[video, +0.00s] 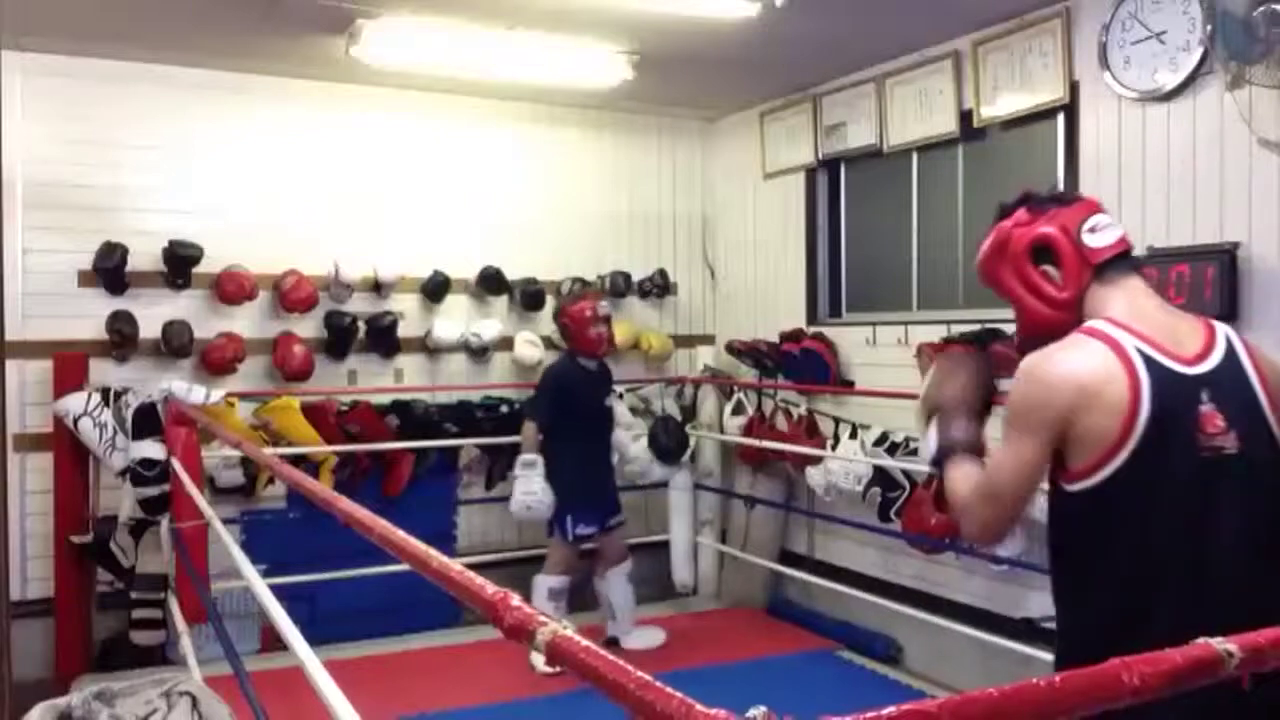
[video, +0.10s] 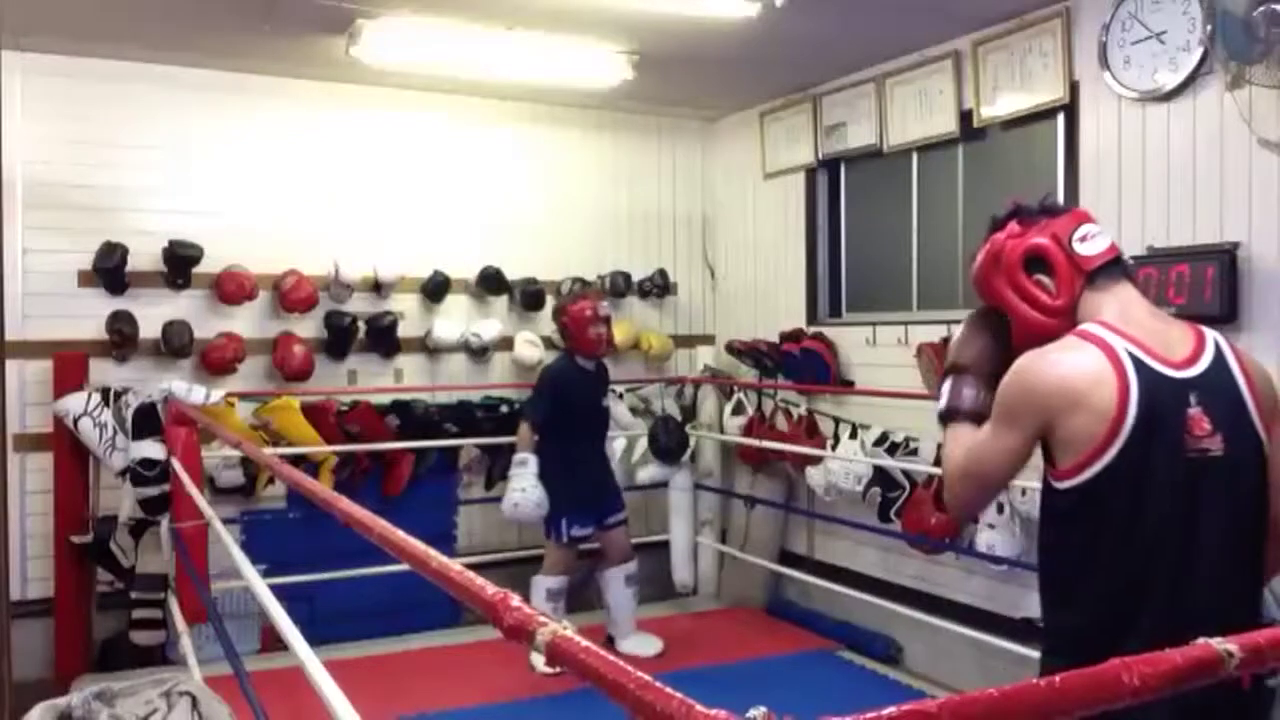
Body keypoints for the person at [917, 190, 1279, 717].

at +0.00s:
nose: (1017, 316)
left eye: (1015, 294)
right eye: (1010, 297)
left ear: (1049, 269)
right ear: (1114, 250)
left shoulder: (1061, 372)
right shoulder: (1247, 357)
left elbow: (980, 521)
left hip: (1122, 699)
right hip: (1255, 689)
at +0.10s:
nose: (1014, 320)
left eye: (1011, 303)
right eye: (1006, 306)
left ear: (1041, 279)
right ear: (1108, 257)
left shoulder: (1051, 374)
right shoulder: (1244, 370)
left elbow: (961, 493)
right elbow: (1268, 536)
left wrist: (965, 376)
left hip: (1100, 698)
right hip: (1233, 690)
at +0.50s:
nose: (1027, 295)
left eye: (1029, 276)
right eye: (1025, 278)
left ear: (1052, 267)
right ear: (1124, 266)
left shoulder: (1048, 354)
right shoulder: (1203, 374)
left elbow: (957, 481)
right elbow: (1252, 530)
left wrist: (907, 412)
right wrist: (1260, 628)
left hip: (1050, 677)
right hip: (1164, 675)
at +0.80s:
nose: (1011, 274)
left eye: (1016, 259)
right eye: (1014, 260)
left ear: (1031, 260)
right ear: (1106, 263)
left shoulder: (1016, 348)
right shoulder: (1161, 364)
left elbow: (972, 488)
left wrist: (922, 438)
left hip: (1034, 657)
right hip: (1142, 661)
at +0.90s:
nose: (985, 274)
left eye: (989, 258)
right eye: (988, 259)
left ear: (1005, 261)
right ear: (1083, 260)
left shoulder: (992, 346)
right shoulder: (1133, 356)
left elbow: (970, 487)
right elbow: (1138, 491)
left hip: (1021, 658)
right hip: (1127, 655)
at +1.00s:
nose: (964, 279)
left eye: (967, 263)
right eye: (965, 263)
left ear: (985, 266)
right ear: (1064, 264)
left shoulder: (966, 351)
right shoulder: (1129, 364)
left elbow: (957, 489)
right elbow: (1121, 488)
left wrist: (942, 382)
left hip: (1006, 657)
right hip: (1117, 655)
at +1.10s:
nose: (942, 280)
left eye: (945, 266)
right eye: (943, 266)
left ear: (959, 268)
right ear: (1039, 265)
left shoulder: (938, 362)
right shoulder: (1102, 359)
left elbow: (915, 513)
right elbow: (1116, 478)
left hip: (986, 658)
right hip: (1097, 650)